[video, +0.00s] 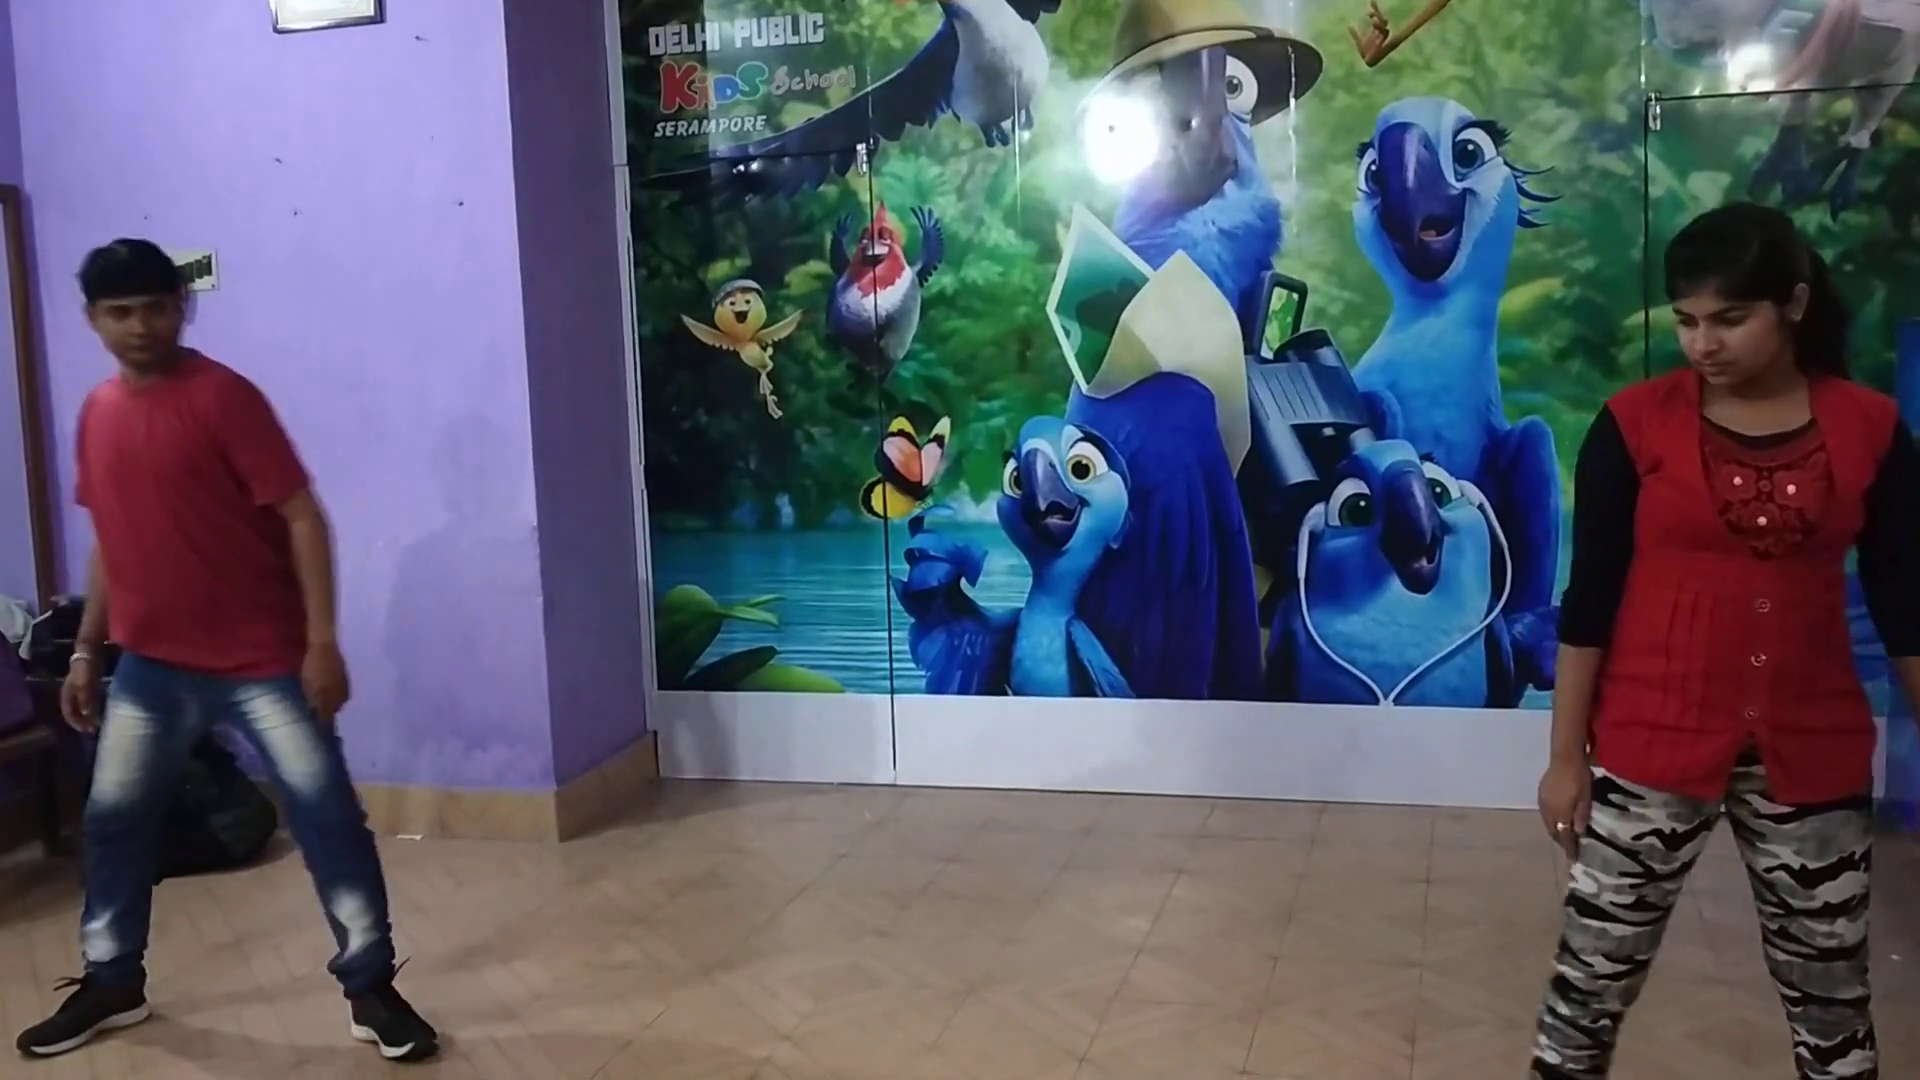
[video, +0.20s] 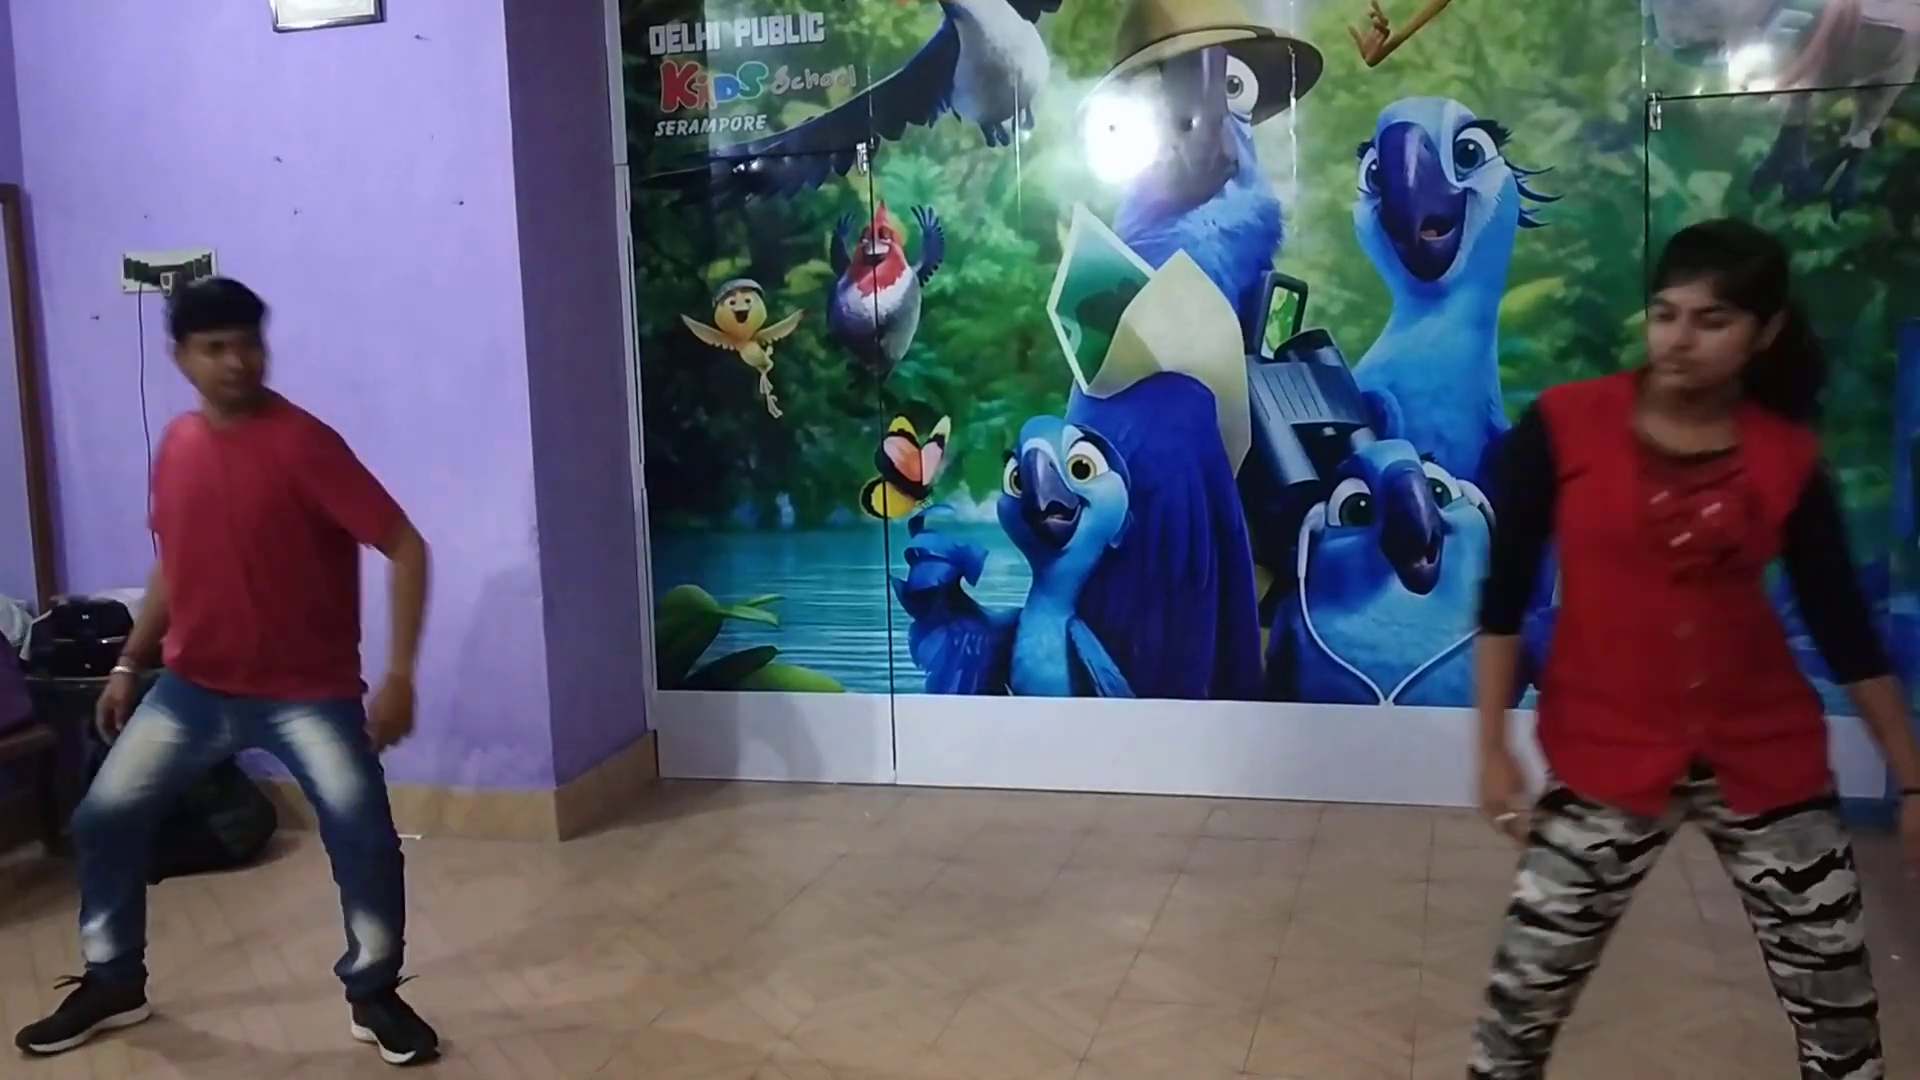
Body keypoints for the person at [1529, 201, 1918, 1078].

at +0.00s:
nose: (1705, 342)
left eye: (1728, 319)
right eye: (1688, 321)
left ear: (1793, 307)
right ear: (1671, 316)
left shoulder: (1867, 430)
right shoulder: (1633, 425)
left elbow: (1903, 607)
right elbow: (1590, 598)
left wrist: (1914, 740)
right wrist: (1565, 754)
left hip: (1810, 747)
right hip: (1651, 743)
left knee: (1832, 998)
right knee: (1589, 987)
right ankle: (1560, 1071)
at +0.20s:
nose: (1681, 340)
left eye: (1711, 320)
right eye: (1666, 315)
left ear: (1764, 334)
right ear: (1645, 318)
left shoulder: (1786, 459)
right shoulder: (1562, 428)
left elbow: (1843, 626)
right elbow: (1506, 590)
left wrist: (1910, 775)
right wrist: (1492, 745)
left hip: (1761, 749)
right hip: (1605, 749)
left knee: (1836, 991)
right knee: (1525, 989)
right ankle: (1499, 1073)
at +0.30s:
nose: (1612, 369)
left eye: (1646, 353)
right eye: (1604, 343)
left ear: (1694, 377)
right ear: (1584, 349)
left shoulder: (1720, 488)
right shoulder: (1498, 470)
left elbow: (1791, 645)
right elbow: (1439, 626)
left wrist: (1882, 804)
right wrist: (1424, 789)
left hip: (1722, 773)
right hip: (1568, 785)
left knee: (1860, 1011)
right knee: (1475, 1024)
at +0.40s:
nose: (1533, 419)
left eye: (1566, 402)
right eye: (1524, 395)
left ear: (1617, 423)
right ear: (1504, 406)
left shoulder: (1674, 532)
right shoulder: (1442, 548)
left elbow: (1762, 677)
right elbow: (1385, 708)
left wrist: (1853, 824)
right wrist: (1351, 867)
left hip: (1710, 814)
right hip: (1547, 826)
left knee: (1876, 1020)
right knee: (1446, 1029)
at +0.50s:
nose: (1469, 475)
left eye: (1498, 455)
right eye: (1458, 453)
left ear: (1555, 473)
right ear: (1445, 465)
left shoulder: (1648, 556)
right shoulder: (1426, 622)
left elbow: (1756, 689)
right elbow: (1373, 781)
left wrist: (1841, 828)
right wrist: (1315, 931)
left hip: (1711, 820)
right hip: (1553, 841)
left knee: (1873, 1009)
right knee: (1447, 1025)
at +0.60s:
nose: (1451, 512)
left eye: (1478, 490)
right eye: (1439, 491)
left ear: (1541, 499)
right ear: (1428, 501)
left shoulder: (1654, 574)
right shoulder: (1442, 655)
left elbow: (1773, 695)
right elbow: (1400, 817)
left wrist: (1861, 835)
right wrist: (1332, 969)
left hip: (1727, 835)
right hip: (1570, 850)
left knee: (1883, 1020)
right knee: (1450, 1023)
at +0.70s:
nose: (1479, 517)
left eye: (1501, 492)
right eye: (1468, 498)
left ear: (1570, 492)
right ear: (1460, 506)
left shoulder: (1694, 565)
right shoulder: (1488, 650)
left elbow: (1808, 695)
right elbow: (1450, 816)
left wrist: (1890, 838)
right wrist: (1381, 972)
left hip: (1755, 841)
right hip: (1598, 852)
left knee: (1892, 1024)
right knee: (1463, 1015)